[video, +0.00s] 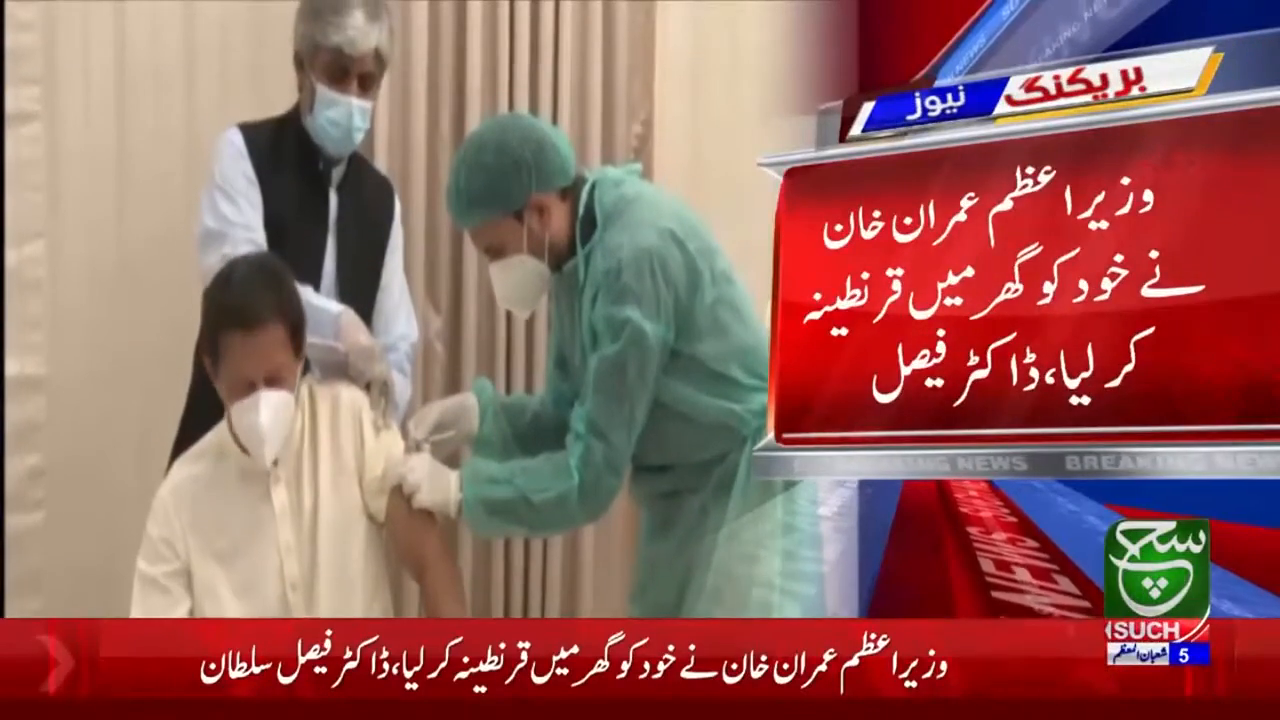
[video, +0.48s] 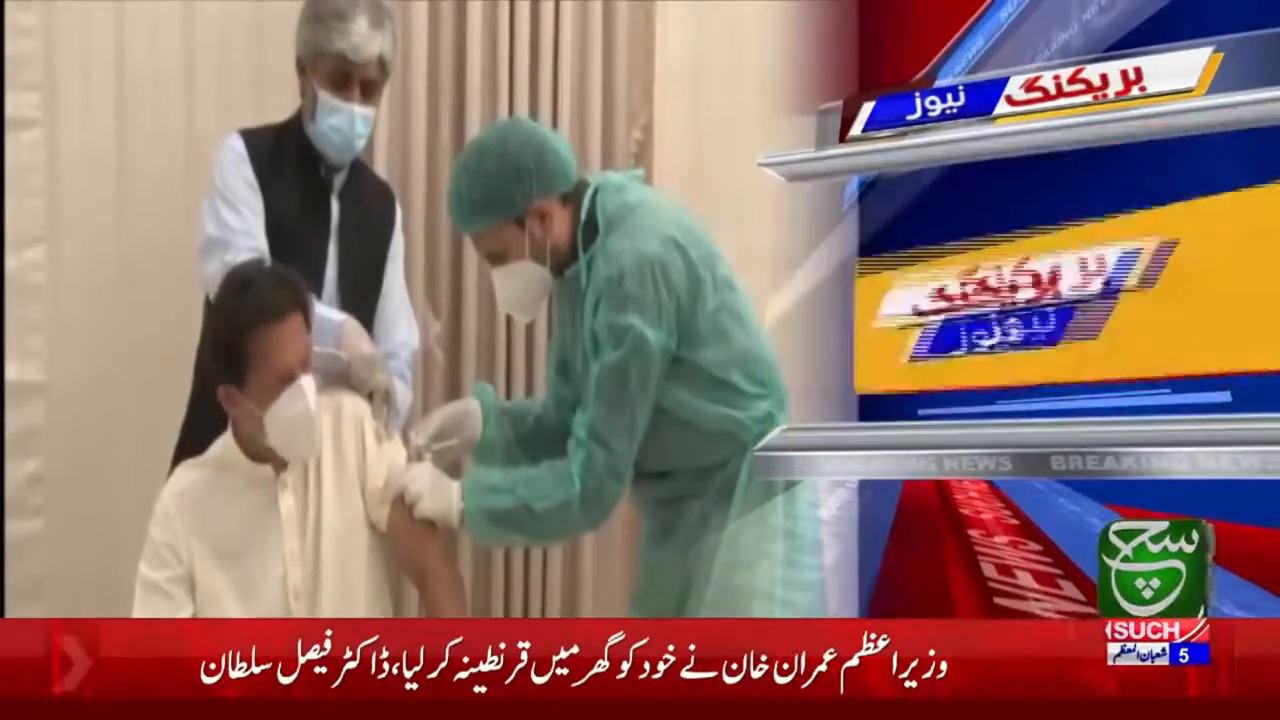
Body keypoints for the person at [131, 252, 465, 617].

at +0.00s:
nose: (263, 400)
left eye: (275, 380)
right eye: (244, 387)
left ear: (299, 359)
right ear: (210, 372)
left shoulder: (347, 418)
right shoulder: (184, 492)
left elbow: (426, 552)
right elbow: (157, 633)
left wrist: (456, 651)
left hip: (359, 667)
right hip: (240, 681)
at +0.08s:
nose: (265, 404)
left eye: (277, 382)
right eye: (247, 391)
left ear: (299, 362)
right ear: (212, 379)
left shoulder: (347, 421)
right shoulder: (185, 493)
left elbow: (426, 555)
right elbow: (157, 633)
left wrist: (456, 653)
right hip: (240, 681)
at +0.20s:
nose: (272, 402)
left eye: (282, 380)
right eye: (252, 390)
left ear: (302, 363)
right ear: (212, 380)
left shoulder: (347, 423)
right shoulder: (185, 495)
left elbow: (427, 559)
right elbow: (157, 635)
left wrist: (458, 655)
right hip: (240, 684)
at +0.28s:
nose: (288, 400)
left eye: (295, 377)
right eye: (266, 390)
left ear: (309, 363)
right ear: (222, 392)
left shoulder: (347, 423)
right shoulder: (185, 497)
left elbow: (428, 558)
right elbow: (156, 640)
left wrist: (459, 659)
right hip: (242, 688)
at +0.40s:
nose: (295, 397)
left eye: (300, 375)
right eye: (274, 386)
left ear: (311, 361)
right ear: (225, 396)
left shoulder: (348, 424)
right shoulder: (185, 499)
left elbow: (428, 559)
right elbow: (156, 645)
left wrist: (458, 662)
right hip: (242, 692)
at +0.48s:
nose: (306, 391)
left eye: (307, 369)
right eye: (285, 383)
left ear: (313, 355)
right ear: (232, 401)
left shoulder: (349, 425)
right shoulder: (186, 500)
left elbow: (429, 559)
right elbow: (157, 644)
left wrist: (459, 663)